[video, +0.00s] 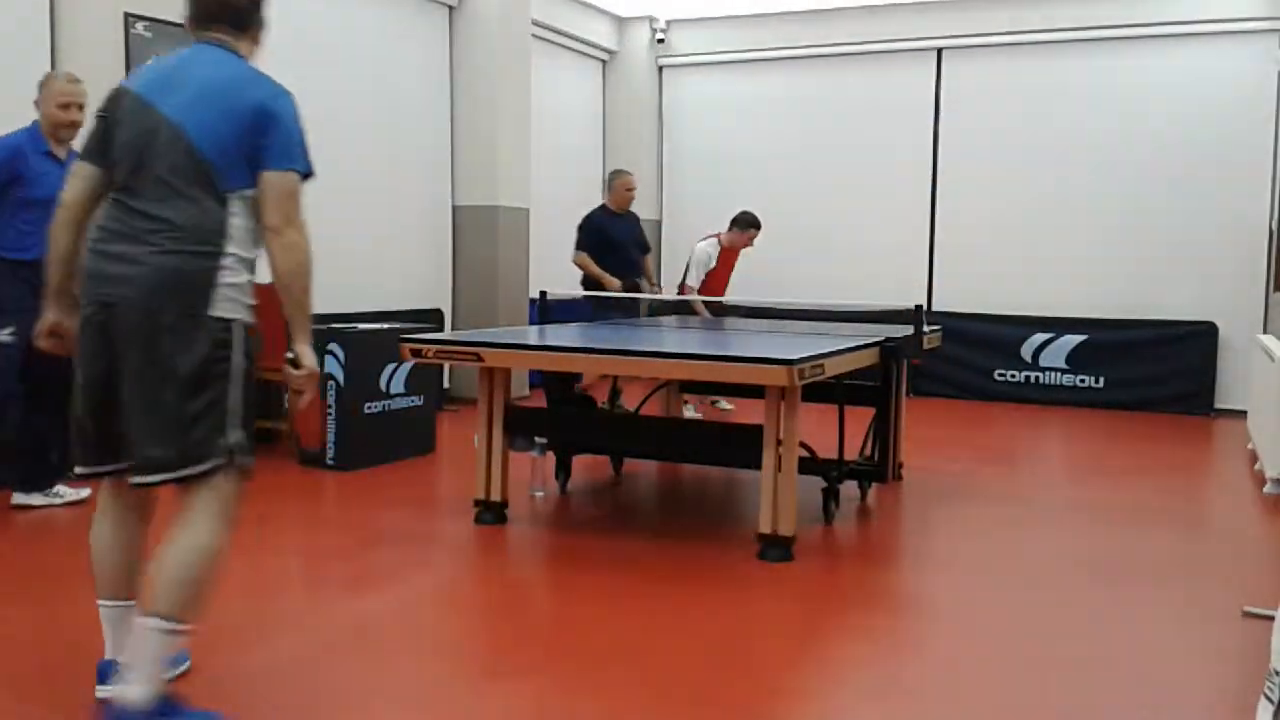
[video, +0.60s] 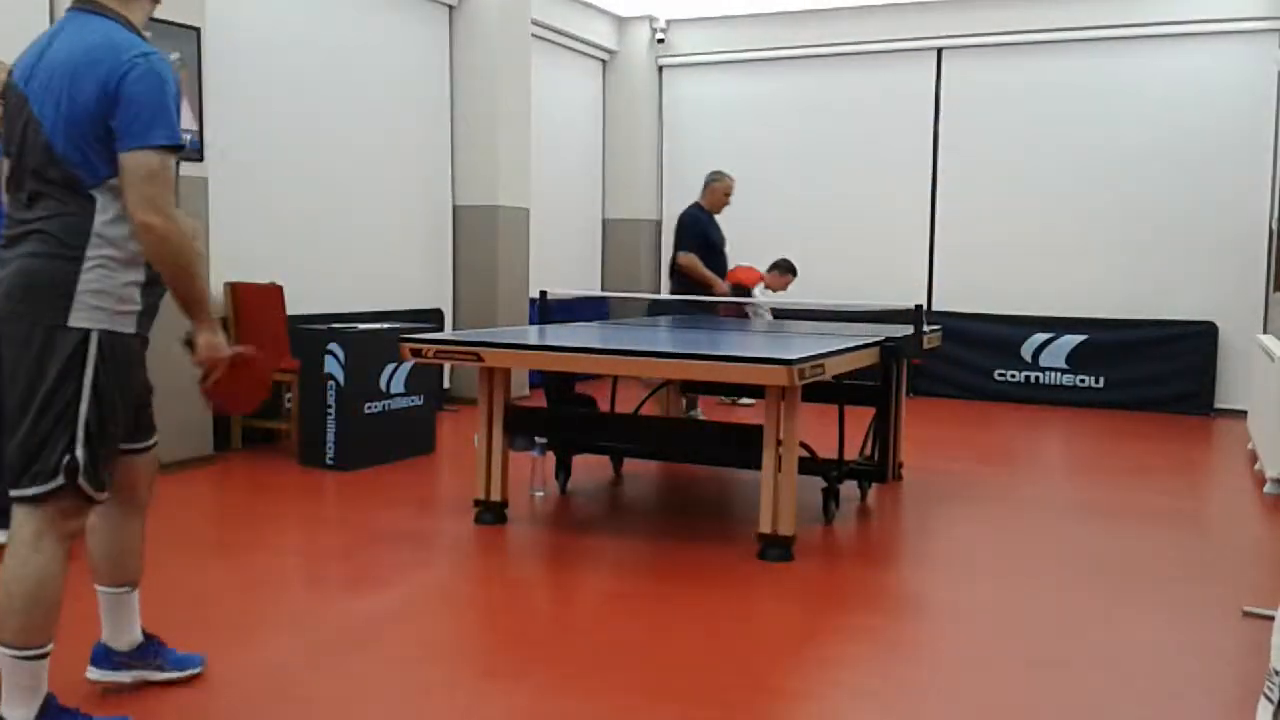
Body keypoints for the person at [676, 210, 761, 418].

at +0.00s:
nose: (750, 243)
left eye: (753, 239)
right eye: (750, 238)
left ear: (741, 232)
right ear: (736, 230)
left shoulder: (735, 250)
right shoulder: (706, 249)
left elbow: (720, 280)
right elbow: (689, 290)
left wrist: (721, 303)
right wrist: (709, 318)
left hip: (715, 304)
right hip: (693, 304)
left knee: (718, 350)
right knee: (691, 351)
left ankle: (713, 394)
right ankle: (685, 399)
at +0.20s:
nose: (761, 248)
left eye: (763, 243)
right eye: (760, 242)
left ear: (747, 234)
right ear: (748, 234)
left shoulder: (735, 249)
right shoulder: (718, 250)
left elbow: (718, 285)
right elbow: (703, 289)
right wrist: (720, 319)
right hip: (692, 297)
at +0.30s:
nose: (768, 256)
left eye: (771, 252)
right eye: (769, 251)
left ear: (757, 242)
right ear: (757, 243)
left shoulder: (738, 254)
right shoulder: (732, 256)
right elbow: (720, 296)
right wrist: (739, 323)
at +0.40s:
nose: (777, 269)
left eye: (779, 264)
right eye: (778, 263)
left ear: (767, 253)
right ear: (769, 254)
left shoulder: (747, 264)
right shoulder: (741, 264)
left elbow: (740, 297)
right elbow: (740, 299)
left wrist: (748, 318)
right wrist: (752, 321)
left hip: (716, 299)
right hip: (703, 297)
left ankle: (732, 391)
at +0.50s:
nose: (782, 281)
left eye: (785, 276)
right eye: (783, 275)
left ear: (771, 265)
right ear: (774, 266)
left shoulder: (744, 265)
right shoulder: (749, 280)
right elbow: (757, 314)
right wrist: (767, 331)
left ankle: (730, 390)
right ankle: (733, 391)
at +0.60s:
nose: (785, 289)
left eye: (789, 284)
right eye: (787, 283)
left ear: (775, 272)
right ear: (778, 274)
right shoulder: (753, 287)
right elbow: (764, 318)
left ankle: (730, 390)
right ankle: (737, 391)